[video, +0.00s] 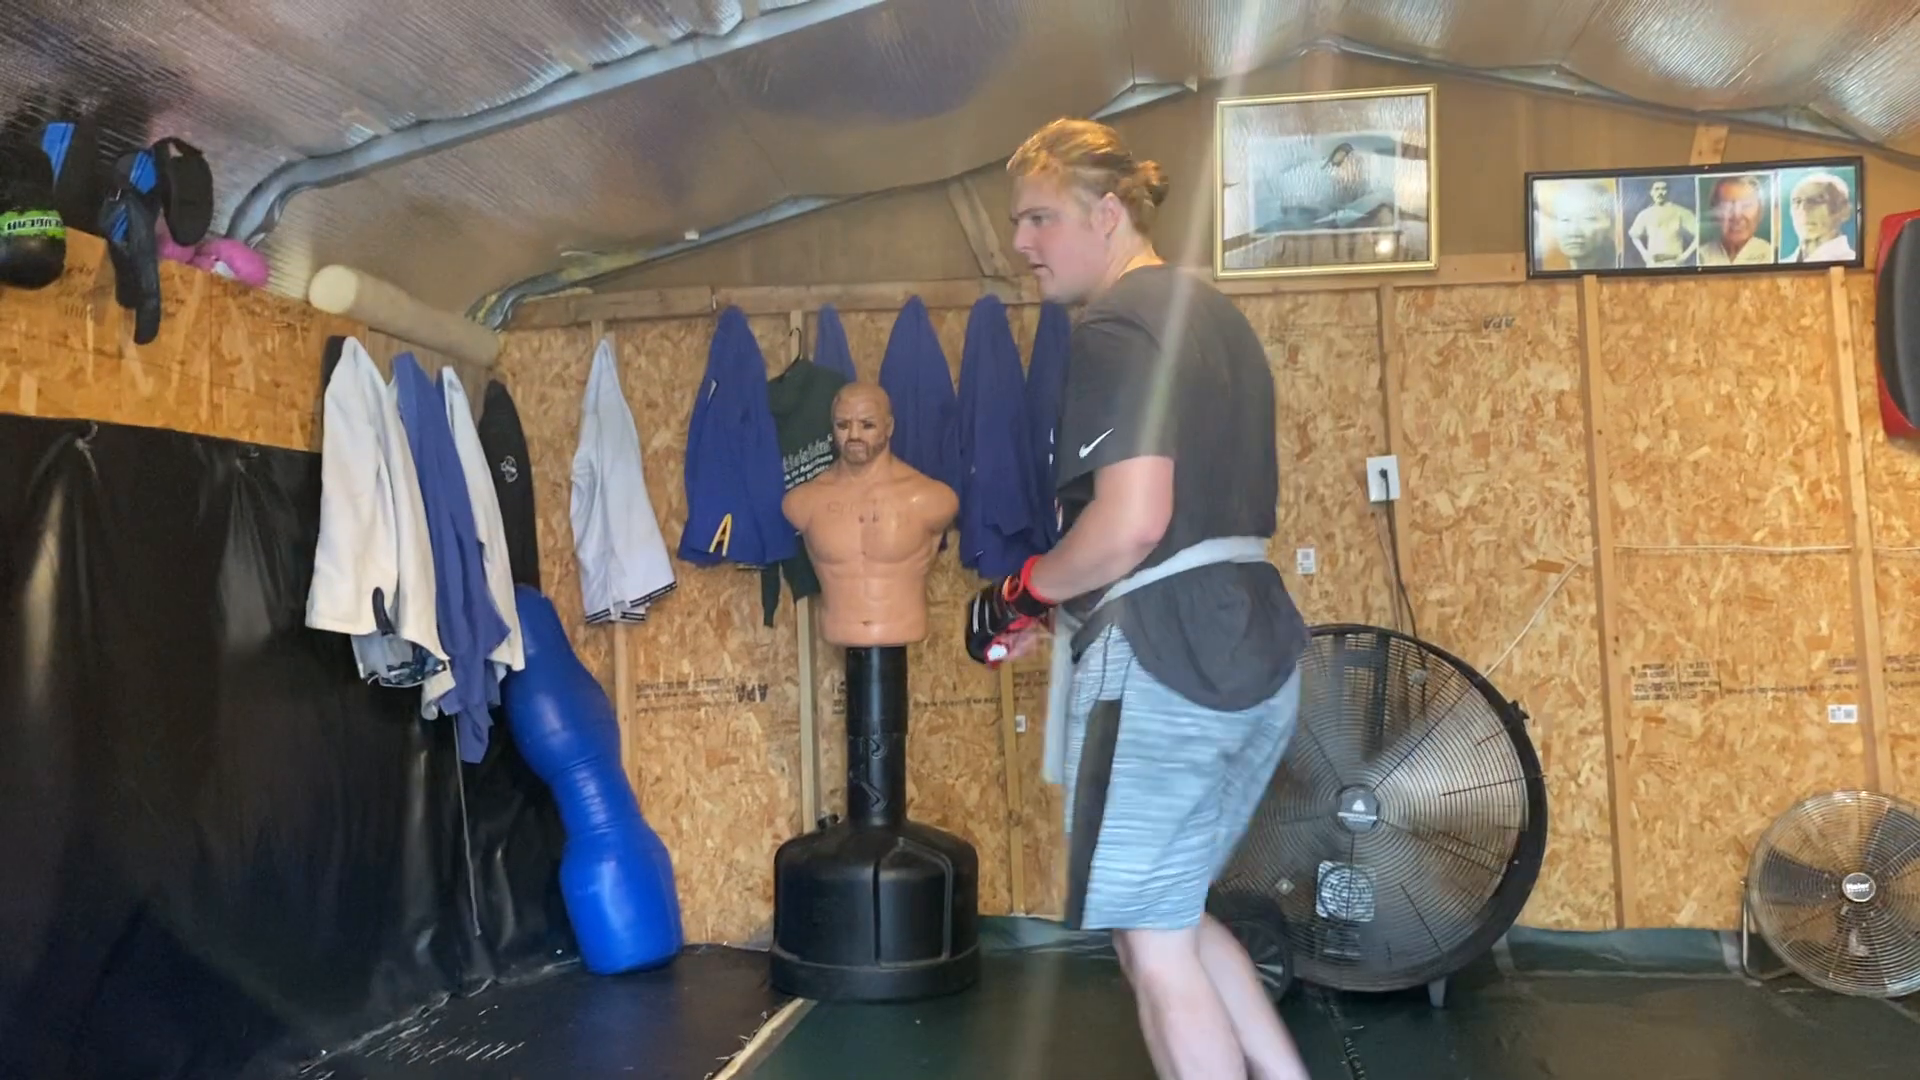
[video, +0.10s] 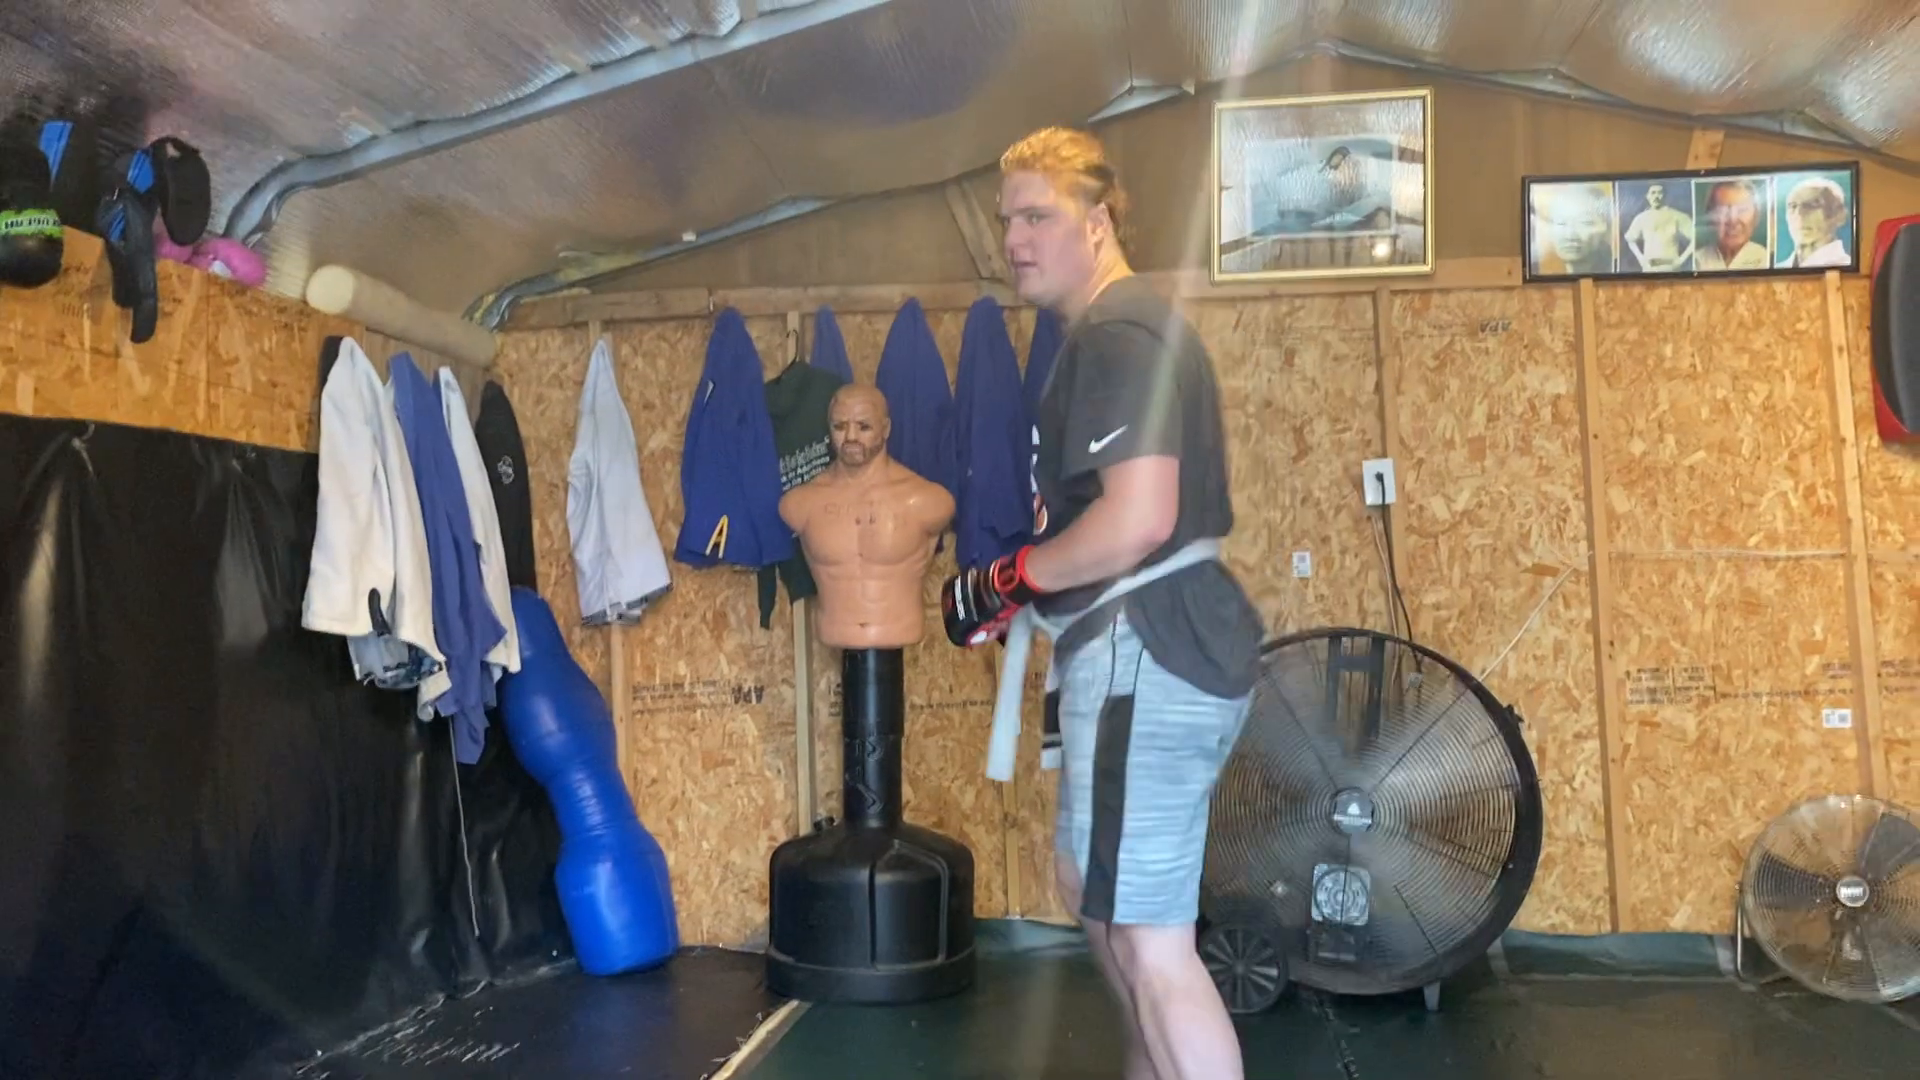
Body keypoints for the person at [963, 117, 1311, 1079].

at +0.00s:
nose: (1023, 243)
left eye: (1040, 219)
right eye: (1019, 222)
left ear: (1108, 213)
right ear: (1110, 218)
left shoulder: (1125, 320)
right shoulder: (1203, 306)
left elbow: (1133, 518)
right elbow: (1178, 510)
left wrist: (1030, 587)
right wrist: (1052, 599)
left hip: (1176, 648)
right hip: (1243, 637)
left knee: (1149, 922)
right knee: (1173, 905)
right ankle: (1283, 1072)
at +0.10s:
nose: (1014, 239)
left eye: (1036, 217)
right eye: (1006, 221)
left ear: (1101, 220)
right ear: (1006, 233)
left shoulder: (1127, 326)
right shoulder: (1085, 337)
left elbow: (1142, 515)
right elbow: (1090, 513)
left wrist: (1010, 579)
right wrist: (1012, 581)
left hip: (1156, 642)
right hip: (1108, 643)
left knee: (1151, 934)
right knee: (1094, 899)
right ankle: (1154, 1066)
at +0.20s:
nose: (1003, 255)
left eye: (1026, 236)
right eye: (991, 238)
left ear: (1076, 245)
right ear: (981, 251)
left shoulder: (1115, 351)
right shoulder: (1029, 376)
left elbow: (1151, 527)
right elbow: (1039, 537)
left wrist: (995, 590)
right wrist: (982, 610)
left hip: (1124, 661)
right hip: (1055, 663)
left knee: (1120, 941)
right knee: (1048, 911)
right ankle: (1063, 1071)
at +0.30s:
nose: (962, 287)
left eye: (983, 268)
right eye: (950, 270)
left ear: (1029, 275)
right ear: (936, 283)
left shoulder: (1079, 384)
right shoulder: (958, 407)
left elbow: (1133, 540)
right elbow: (943, 556)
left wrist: (992, 606)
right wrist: (900, 623)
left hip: (1073, 679)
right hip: (989, 686)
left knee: (1058, 942)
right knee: (993, 922)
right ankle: (1021, 1073)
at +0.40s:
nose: (910, 273)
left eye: (930, 255)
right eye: (896, 256)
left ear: (971, 266)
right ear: (879, 269)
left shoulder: (1027, 377)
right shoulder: (884, 385)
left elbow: (1095, 516)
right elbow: (875, 527)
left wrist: (994, 588)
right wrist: (822, 595)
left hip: (1021, 664)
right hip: (930, 670)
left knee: (1012, 913)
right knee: (958, 895)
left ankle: (1106, 1074)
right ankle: (977, 1073)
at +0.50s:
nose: (861, 274)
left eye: (880, 258)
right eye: (844, 259)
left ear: (915, 272)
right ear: (825, 276)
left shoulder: (981, 374)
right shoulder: (819, 390)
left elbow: (1058, 495)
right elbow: (800, 517)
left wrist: (985, 578)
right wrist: (742, 592)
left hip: (979, 659)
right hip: (880, 665)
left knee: (990, 896)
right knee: (917, 892)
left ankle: (1070, 1074)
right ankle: (940, 1076)